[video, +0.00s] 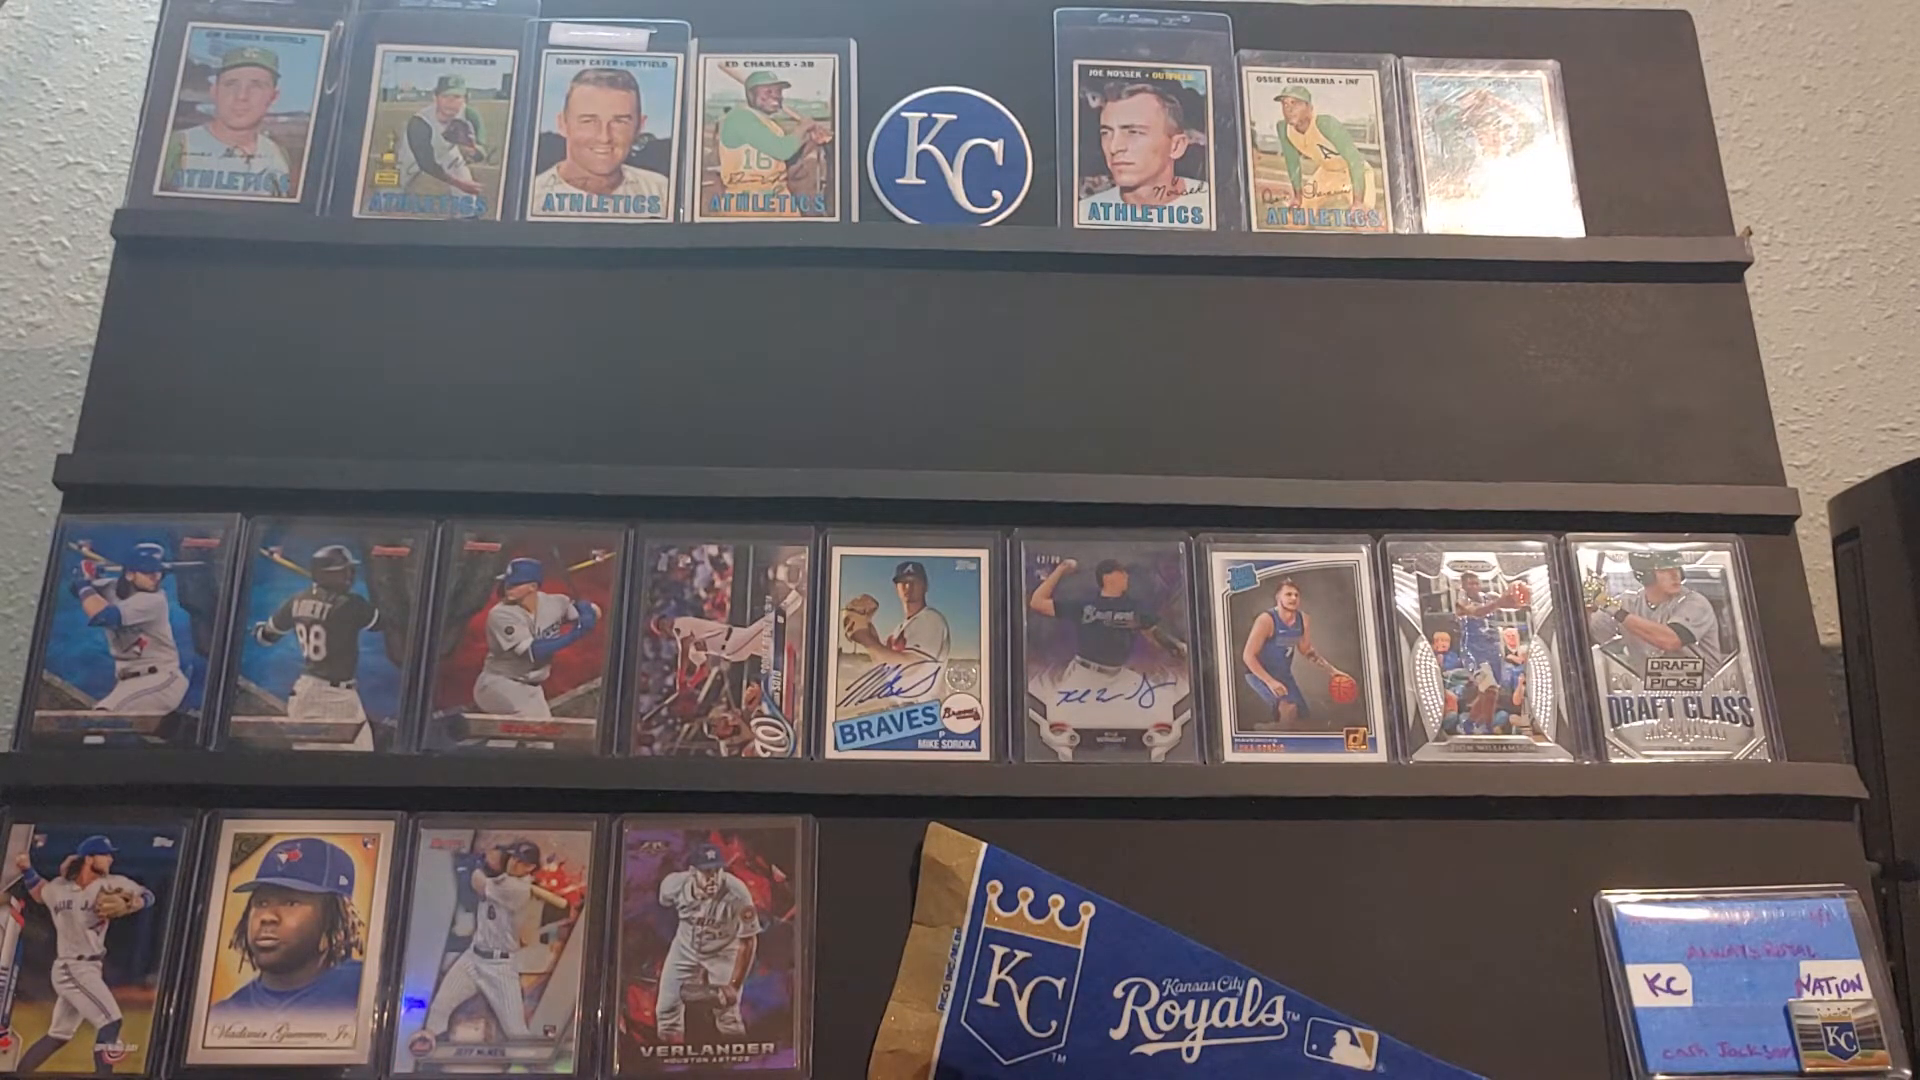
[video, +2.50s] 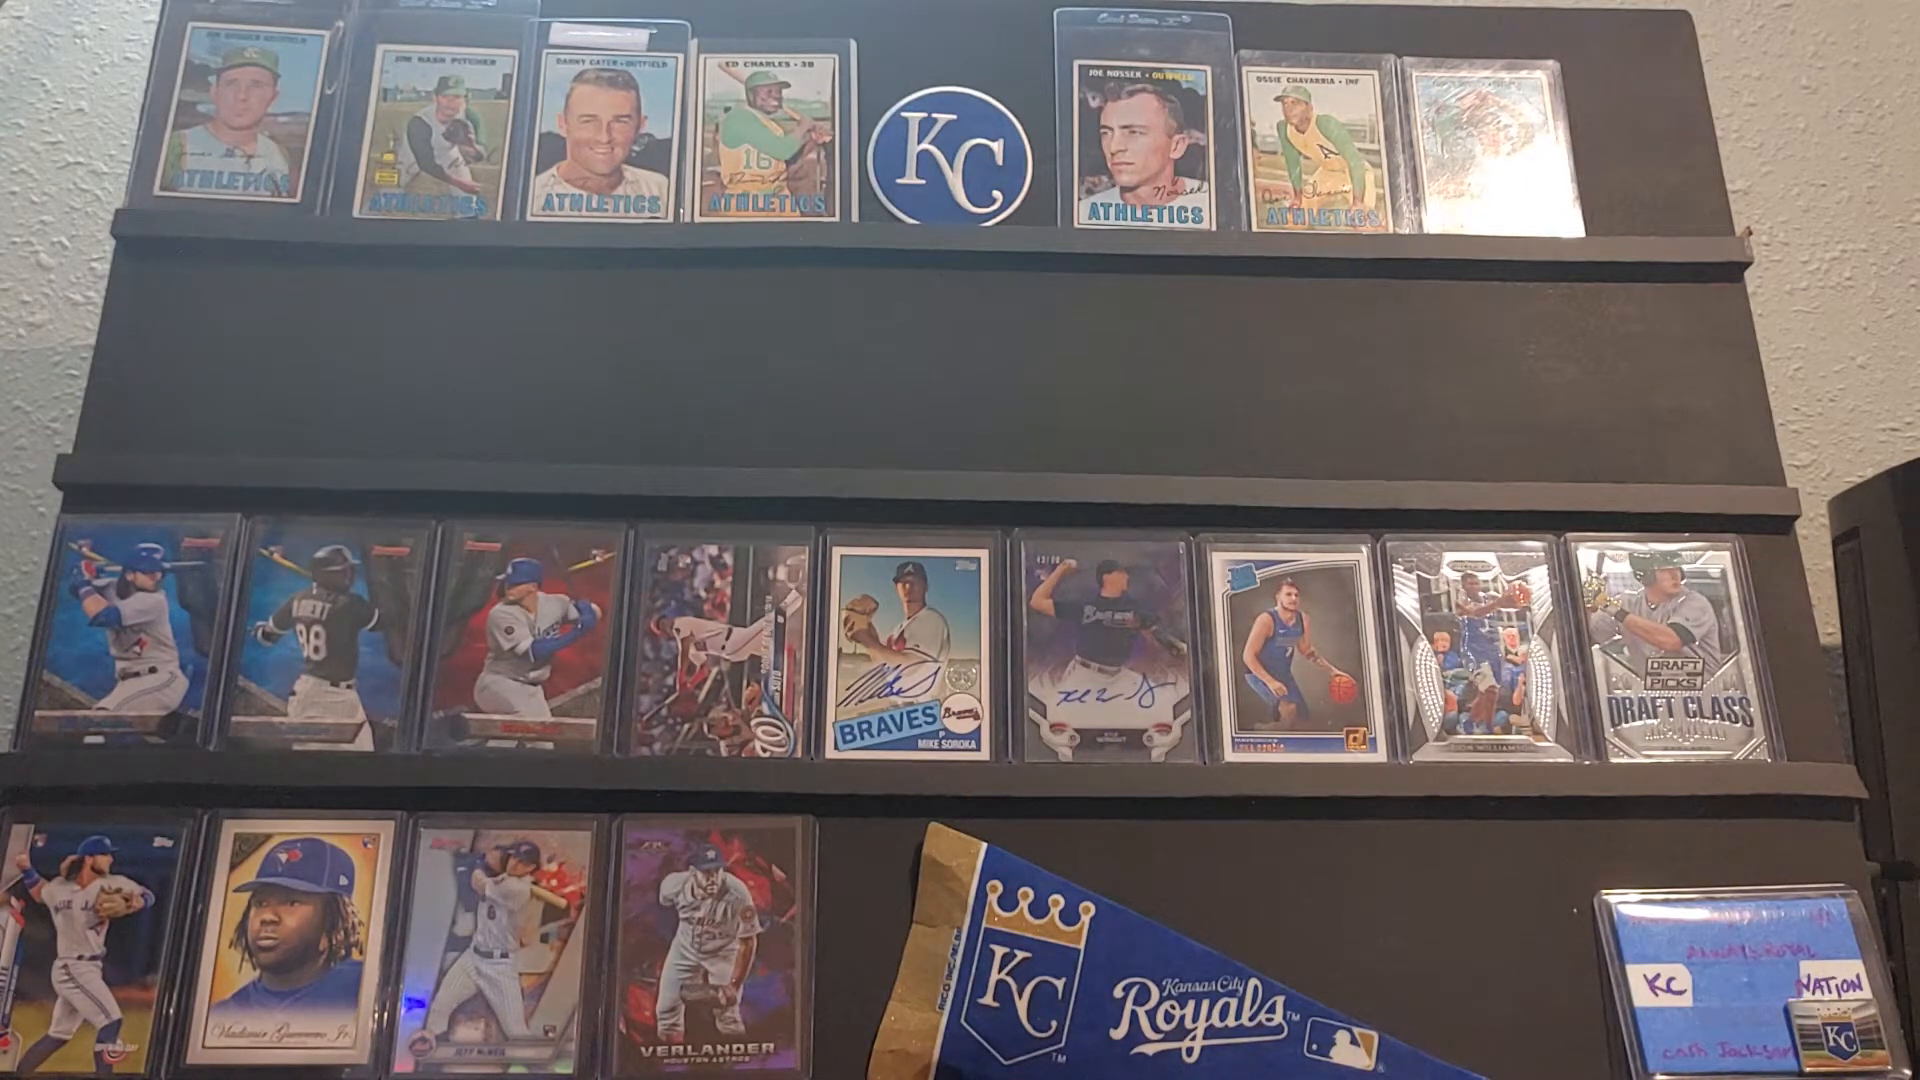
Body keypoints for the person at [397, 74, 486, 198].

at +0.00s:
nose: (451, 102)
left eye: (457, 97)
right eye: (446, 96)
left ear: (464, 100)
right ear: (436, 98)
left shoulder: (469, 115)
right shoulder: (419, 123)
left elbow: (481, 154)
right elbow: (427, 165)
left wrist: (469, 150)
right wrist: (461, 185)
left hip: (454, 164)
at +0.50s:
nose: (451, 102)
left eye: (457, 97)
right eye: (446, 96)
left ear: (464, 100)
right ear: (436, 98)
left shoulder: (470, 115)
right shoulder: (419, 123)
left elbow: (480, 154)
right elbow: (427, 165)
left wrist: (469, 150)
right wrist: (461, 185)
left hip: (454, 165)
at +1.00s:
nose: (451, 102)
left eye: (457, 97)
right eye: (446, 96)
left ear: (464, 100)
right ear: (436, 97)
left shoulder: (468, 116)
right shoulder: (419, 123)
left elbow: (481, 153)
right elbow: (427, 165)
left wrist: (472, 152)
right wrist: (460, 184)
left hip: (453, 163)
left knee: (467, 197)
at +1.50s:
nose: (451, 102)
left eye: (457, 97)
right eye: (446, 96)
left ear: (464, 100)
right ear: (436, 97)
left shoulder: (467, 116)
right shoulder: (419, 123)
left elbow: (481, 153)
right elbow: (427, 165)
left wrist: (472, 152)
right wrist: (460, 184)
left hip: (453, 164)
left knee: (467, 197)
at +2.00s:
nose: (451, 101)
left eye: (456, 97)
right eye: (446, 96)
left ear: (464, 101)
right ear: (436, 98)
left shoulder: (470, 116)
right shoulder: (419, 123)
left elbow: (481, 153)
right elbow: (427, 165)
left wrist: (468, 149)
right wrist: (461, 185)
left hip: (454, 163)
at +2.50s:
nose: (451, 101)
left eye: (456, 97)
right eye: (446, 96)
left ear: (464, 101)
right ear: (436, 98)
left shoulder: (470, 116)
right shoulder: (419, 123)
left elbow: (481, 153)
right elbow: (427, 165)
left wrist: (470, 150)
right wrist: (461, 185)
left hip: (454, 164)